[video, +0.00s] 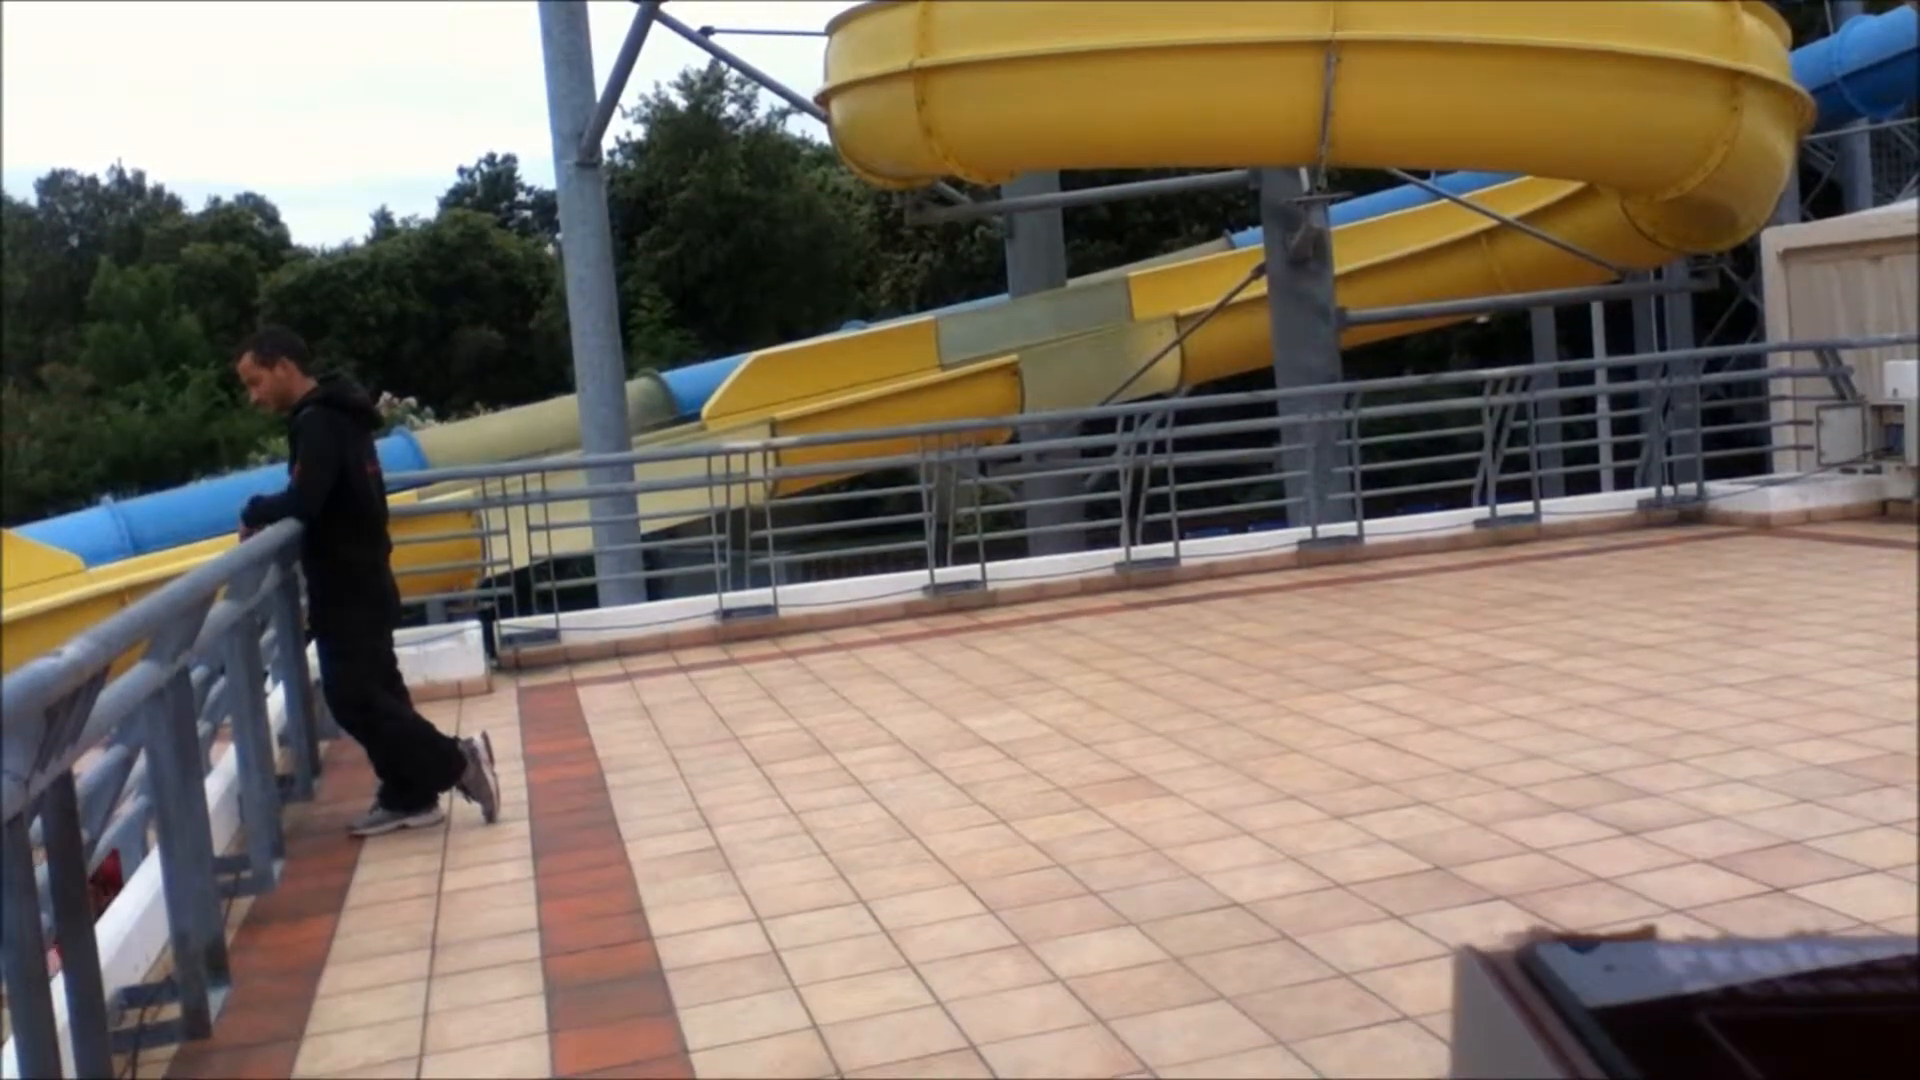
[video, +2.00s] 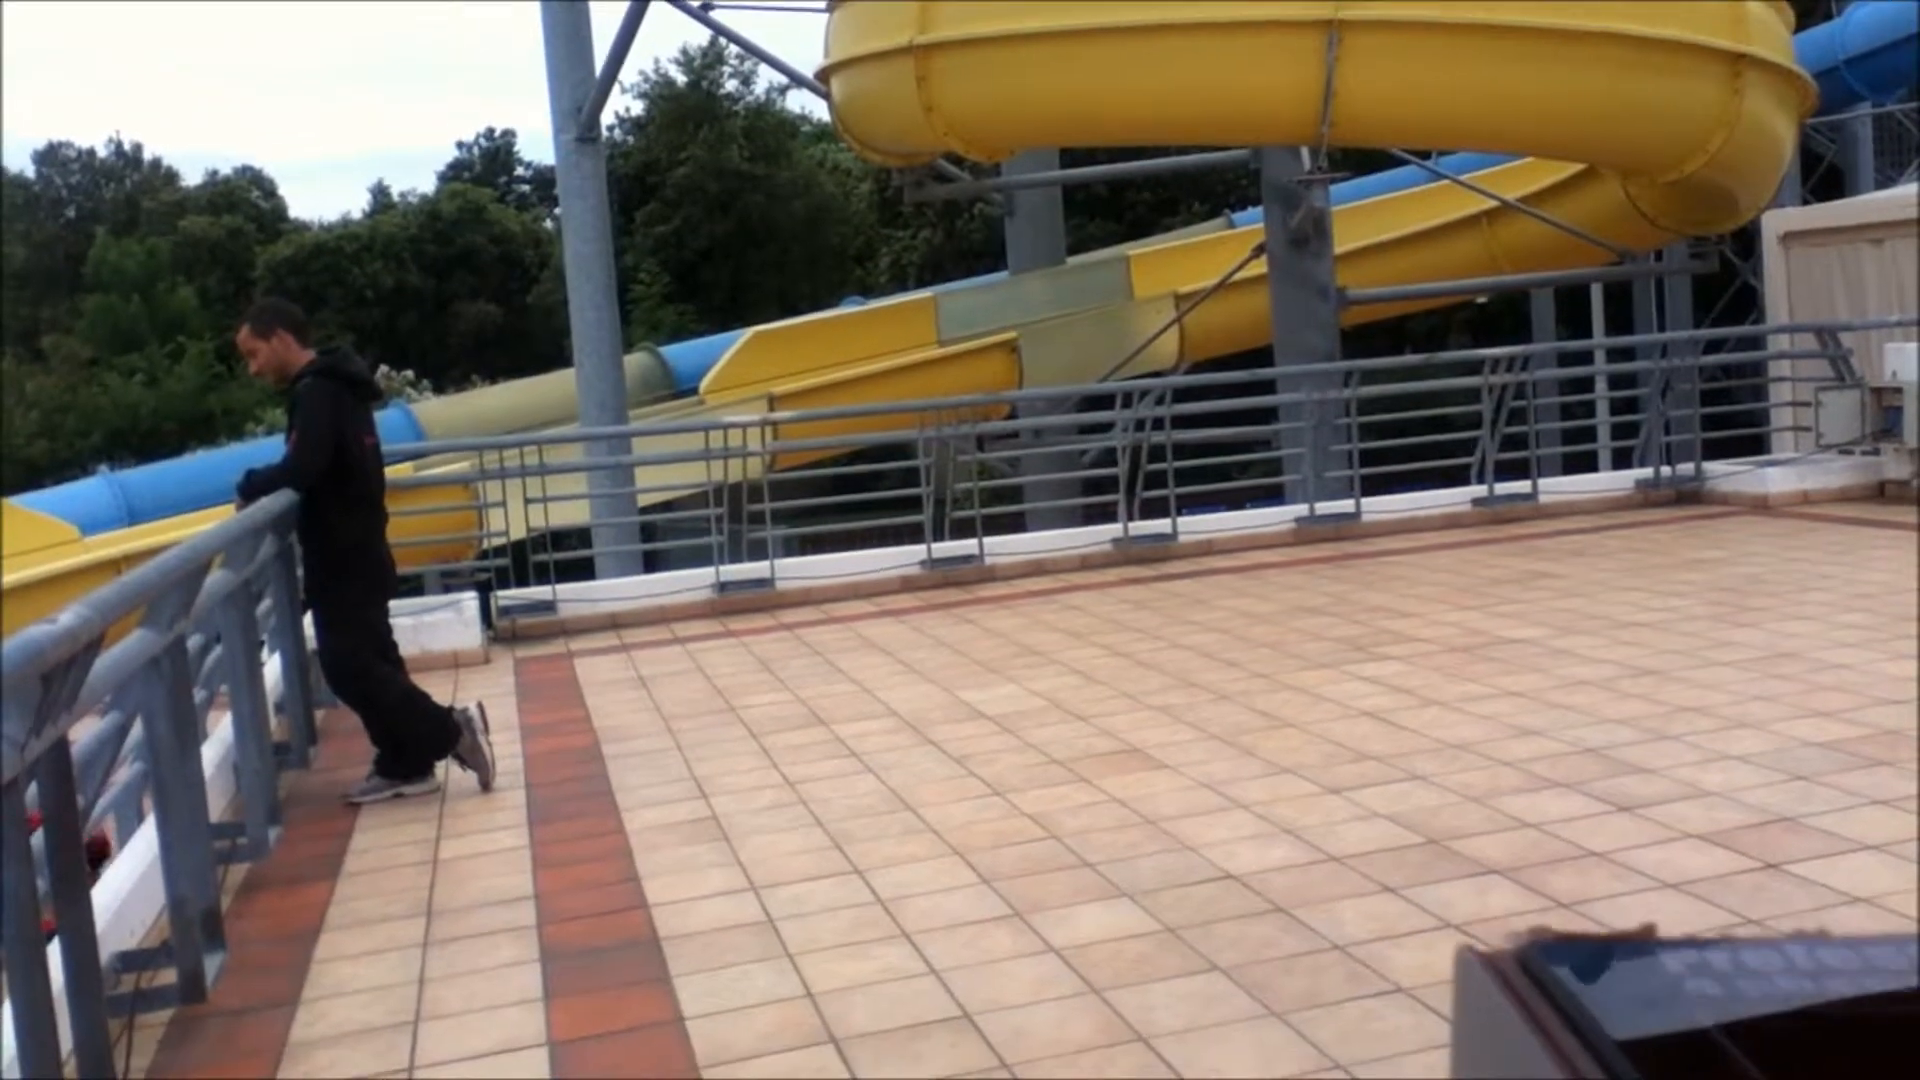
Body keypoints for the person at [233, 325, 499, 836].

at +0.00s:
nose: (252, 397)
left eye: (253, 383)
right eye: (247, 387)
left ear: (284, 368)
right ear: (288, 372)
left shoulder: (317, 421)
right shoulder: (334, 411)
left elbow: (308, 501)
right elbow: (325, 498)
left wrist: (256, 513)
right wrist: (270, 513)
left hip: (347, 586)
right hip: (361, 581)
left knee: (350, 699)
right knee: (376, 687)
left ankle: (455, 761)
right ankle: (407, 798)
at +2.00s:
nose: (252, 368)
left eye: (252, 354)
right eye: (247, 358)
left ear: (282, 340)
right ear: (287, 344)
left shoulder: (317, 392)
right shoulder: (333, 384)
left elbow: (306, 469)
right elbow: (321, 468)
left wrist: (253, 484)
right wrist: (269, 481)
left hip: (343, 559)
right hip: (358, 555)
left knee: (346, 669)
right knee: (372, 658)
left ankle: (449, 731)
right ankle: (403, 767)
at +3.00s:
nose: (252, 358)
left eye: (253, 343)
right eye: (248, 346)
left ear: (283, 333)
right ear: (289, 335)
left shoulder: (319, 386)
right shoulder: (334, 377)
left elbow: (303, 465)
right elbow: (311, 463)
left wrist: (247, 485)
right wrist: (261, 484)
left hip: (345, 552)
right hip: (359, 548)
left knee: (348, 666)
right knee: (373, 654)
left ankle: (451, 730)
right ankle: (403, 765)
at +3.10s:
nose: (252, 360)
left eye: (253, 346)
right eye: (248, 349)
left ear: (283, 336)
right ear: (290, 338)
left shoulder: (319, 388)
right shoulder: (334, 379)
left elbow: (303, 467)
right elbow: (312, 465)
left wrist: (248, 487)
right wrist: (262, 486)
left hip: (345, 554)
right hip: (360, 550)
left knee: (348, 667)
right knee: (373, 656)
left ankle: (451, 731)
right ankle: (403, 767)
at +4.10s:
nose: (422, 321)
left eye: (427, 312)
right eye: (409, 311)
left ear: (434, 320)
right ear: (378, 319)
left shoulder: (459, 379)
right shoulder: (358, 388)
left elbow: (514, 447)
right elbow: (329, 439)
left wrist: (470, 454)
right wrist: (281, 477)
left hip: (458, 535)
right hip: (396, 538)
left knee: (462, 646)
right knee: (355, 640)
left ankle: (459, 753)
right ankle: (378, 746)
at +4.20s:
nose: (451, 307)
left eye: (455, 297)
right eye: (438, 297)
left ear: (461, 306)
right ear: (406, 305)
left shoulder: (484, 368)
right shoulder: (376, 373)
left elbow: (532, 436)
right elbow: (341, 426)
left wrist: (511, 442)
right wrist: (302, 460)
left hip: (474, 530)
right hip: (407, 532)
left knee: (472, 644)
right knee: (392, 640)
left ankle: (463, 744)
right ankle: (422, 752)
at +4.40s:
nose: (499, 328)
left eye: (502, 318)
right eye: (485, 319)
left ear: (507, 323)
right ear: (451, 327)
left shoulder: (525, 379)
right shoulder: (420, 385)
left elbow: (571, 418)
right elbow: (367, 429)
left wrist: (590, 429)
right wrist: (312, 470)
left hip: (505, 538)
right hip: (445, 540)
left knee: (492, 646)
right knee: (490, 646)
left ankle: (453, 747)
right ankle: (517, 771)